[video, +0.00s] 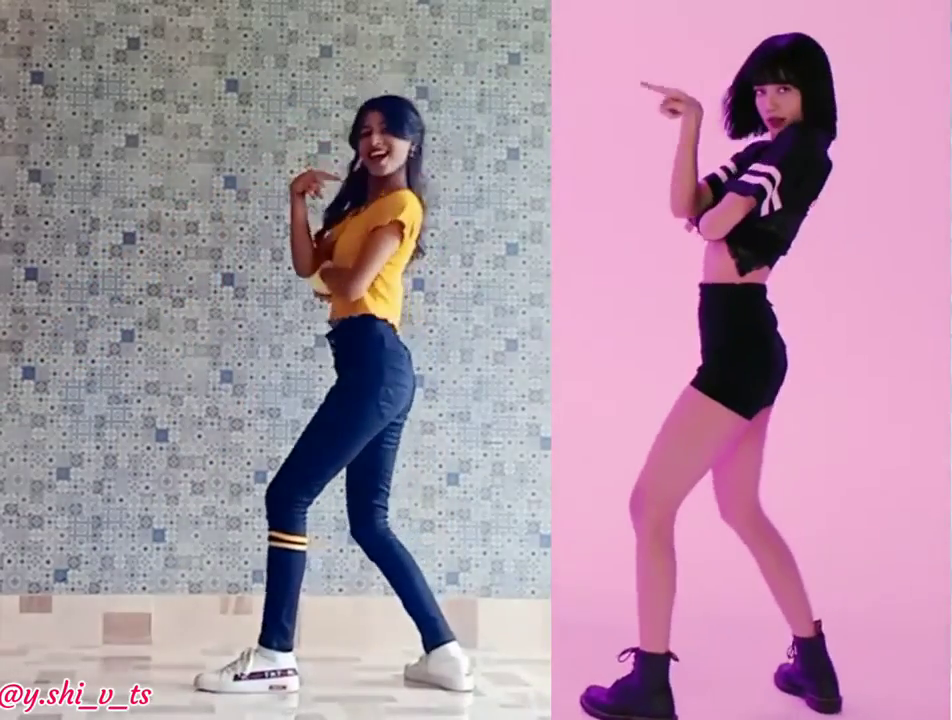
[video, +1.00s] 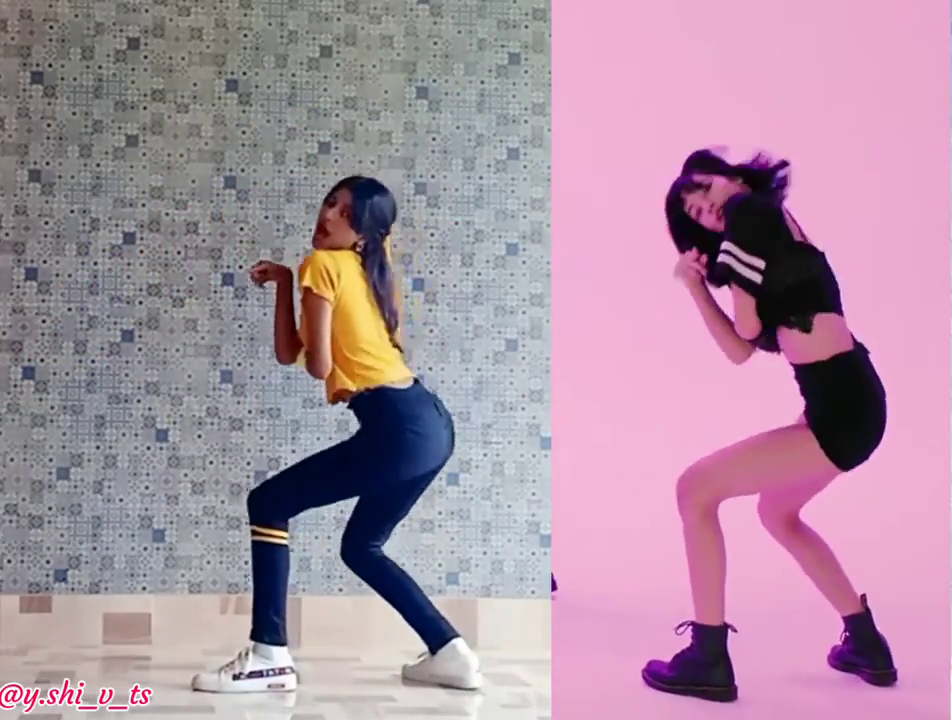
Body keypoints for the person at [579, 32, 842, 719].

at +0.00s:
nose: (772, 95)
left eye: (785, 84)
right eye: (763, 85)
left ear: (813, 91)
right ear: (753, 92)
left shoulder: (791, 150)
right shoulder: (770, 150)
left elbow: (715, 227)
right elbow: (685, 206)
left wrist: (721, 195)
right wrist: (690, 119)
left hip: (736, 351)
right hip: (750, 348)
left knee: (650, 504)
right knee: (741, 508)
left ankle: (650, 681)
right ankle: (812, 658)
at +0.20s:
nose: (772, 109)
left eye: (786, 95)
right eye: (763, 99)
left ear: (819, 101)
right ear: (756, 109)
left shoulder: (793, 162)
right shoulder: (769, 162)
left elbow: (708, 239)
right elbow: (681, 218)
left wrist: (720, 214)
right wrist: (676, 138)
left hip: (737, 359)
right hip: (756, 357)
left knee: (638, 500)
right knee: (737, 510)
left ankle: (652, 674)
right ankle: (815, 656)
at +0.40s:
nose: (769, 120)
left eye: (782, 106)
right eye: (760, 110)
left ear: (809, 109)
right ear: (753, 118)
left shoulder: (804, 169)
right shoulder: (789, 173)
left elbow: (731, 250)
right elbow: (708, 235)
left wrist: (735, 236)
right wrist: (702, 149)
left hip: (764, 375)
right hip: (777, 368)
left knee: (644, 499)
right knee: (749, 512)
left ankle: (671, 671)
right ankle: (834, 653)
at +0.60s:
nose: (785, 115)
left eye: (797, 101)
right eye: (775, 105)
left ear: (826, 105)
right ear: (769, 114)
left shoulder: (816, 168)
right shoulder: (798, 172)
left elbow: (752, 249)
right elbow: (720, 235)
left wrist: (750, 236)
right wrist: (717, 150)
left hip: (786, 373)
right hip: (798, 367)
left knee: (664, 494)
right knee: (763, 513)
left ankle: (690, 669)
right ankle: (853, 651)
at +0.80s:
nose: (743, 137)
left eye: (750, 120)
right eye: (734, 135)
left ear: (785, 115)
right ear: (738, 150)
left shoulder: (795, 165)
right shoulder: (782, 191)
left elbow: (755, 272)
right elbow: (728, 289)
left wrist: (746, 265)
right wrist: (694, 214)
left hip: (821, 388)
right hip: (834, 381)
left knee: (685, 492)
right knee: (776, 512)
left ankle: (701, 662)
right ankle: (862, 647)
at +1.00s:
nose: (701, 211)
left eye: (700, 192)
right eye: (692, 213)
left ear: (726, 177)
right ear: (696, 224)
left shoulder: (750, 220)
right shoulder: (760, 237)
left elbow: (750, 326)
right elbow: (738, 352)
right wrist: (697, 286)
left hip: (843, 413)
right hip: (849, 405)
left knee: (696, 488)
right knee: (778, 514)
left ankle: (708, 657)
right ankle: (865, 640)